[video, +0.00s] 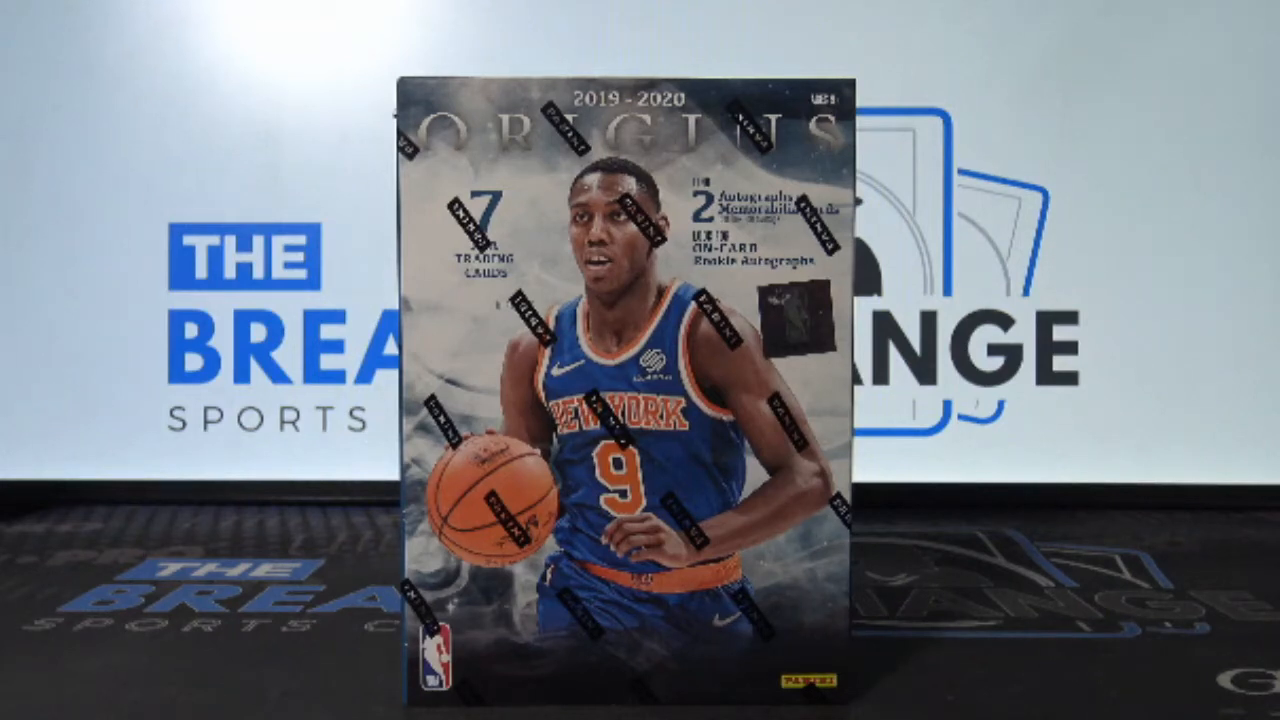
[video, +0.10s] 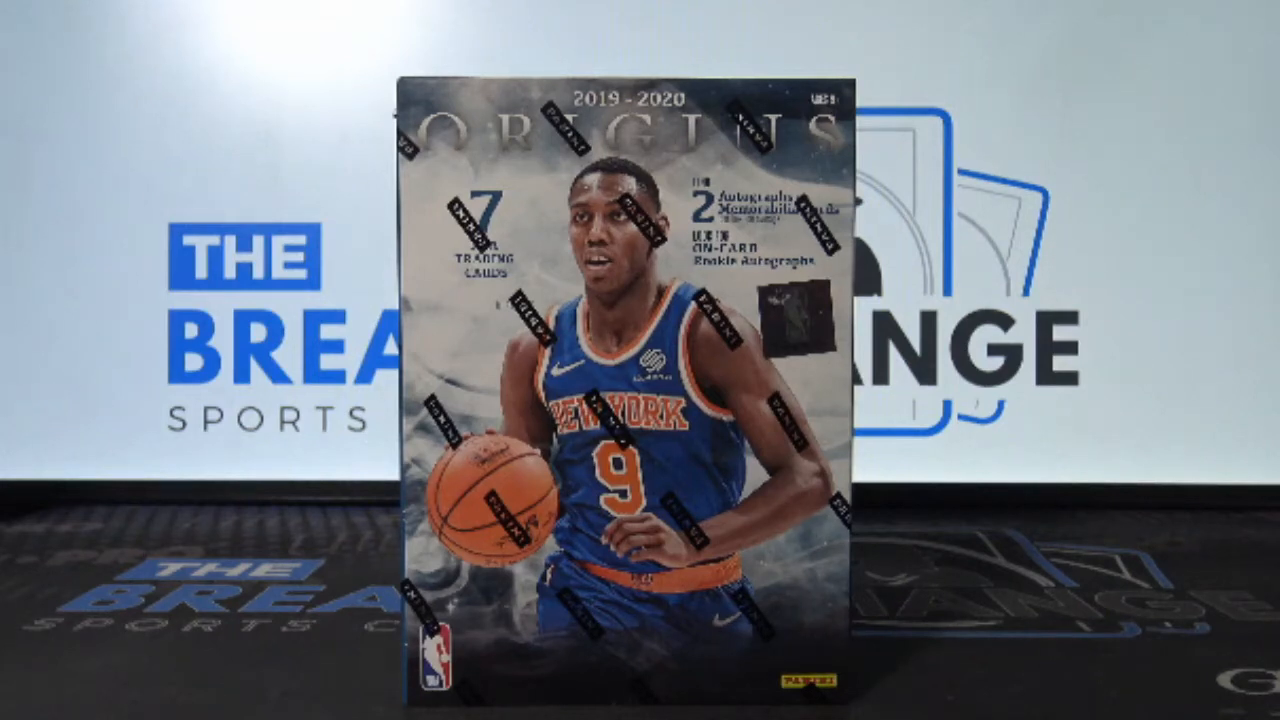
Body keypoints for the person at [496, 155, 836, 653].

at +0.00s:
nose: (595, 235)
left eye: (618, 216)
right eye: (581, 218)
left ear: (657, 230)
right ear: (569, 232)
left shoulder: (711, 334)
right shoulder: (534, 353)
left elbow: (809, 476)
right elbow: (526, 489)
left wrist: (695, 542)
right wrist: (476, 472)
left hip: (698, 612)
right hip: (582, 606)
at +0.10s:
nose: (595, 235)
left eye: (618, 216)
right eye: (581, 218)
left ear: (657, 230)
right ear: (570, 232)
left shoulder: (712, 334)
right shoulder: (534, 353)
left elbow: (810, 476)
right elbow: (526, 488)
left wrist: (695, 542)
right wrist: (475, 473)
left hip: (698, 611)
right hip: (583, 604)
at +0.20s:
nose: (595, 235)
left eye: (617, 216)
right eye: (581, 218)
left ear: (657, 230)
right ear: (570, 232)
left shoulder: (713, 334)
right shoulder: (534, 353)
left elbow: (809, 476)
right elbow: (526, 488)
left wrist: (695, 542)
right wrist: (475, 472)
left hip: (698, 612)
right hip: (583, 606)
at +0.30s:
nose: (595, 235)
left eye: (618, 216)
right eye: (581, 218)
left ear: (657, 230)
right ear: (570, 232)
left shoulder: (713, 334)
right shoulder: (534, 353)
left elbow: (810, 476)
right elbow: (525, 487)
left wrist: (695, 542)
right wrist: (476, 472)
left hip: (698, 611)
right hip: (583, 604)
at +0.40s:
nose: (595, 235)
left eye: (618, 216)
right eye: (581, 218)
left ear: (657, 230)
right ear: (569, 232)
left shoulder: (713, 334)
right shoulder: (534, 353)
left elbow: (809, 476)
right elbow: (525, 487)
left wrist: (695, 543)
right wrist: (477, 471)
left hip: (698, 611)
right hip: (583, 605)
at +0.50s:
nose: (595, 235)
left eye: (617, 216)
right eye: (581, 218)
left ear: (657, 230)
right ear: (569, 232)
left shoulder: (713, 334)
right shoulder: (534, 353)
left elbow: (809, 476)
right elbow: (526, 487)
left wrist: (695, 542)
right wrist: (474, 474)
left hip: (698, 611)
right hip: (584, 604)